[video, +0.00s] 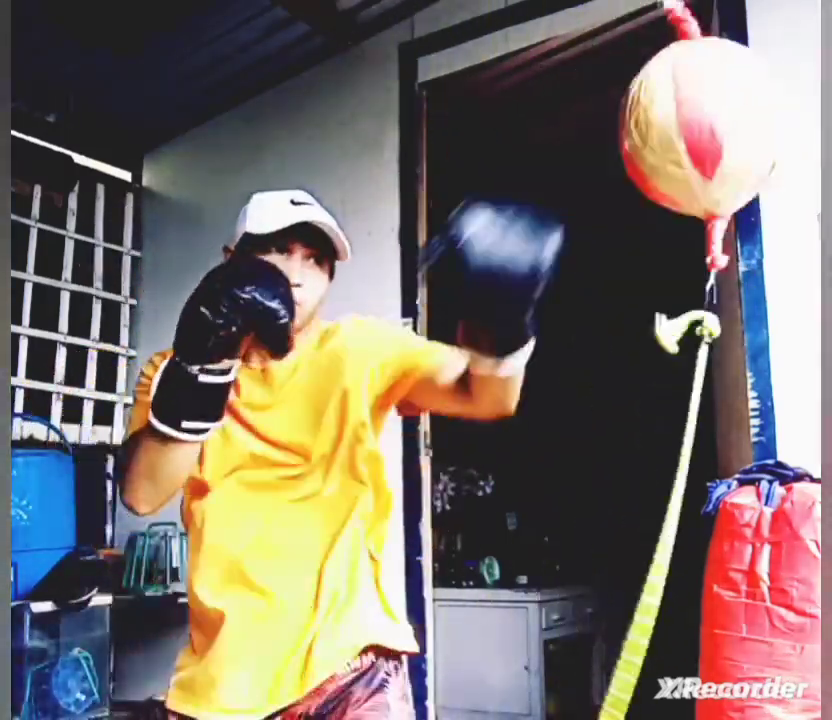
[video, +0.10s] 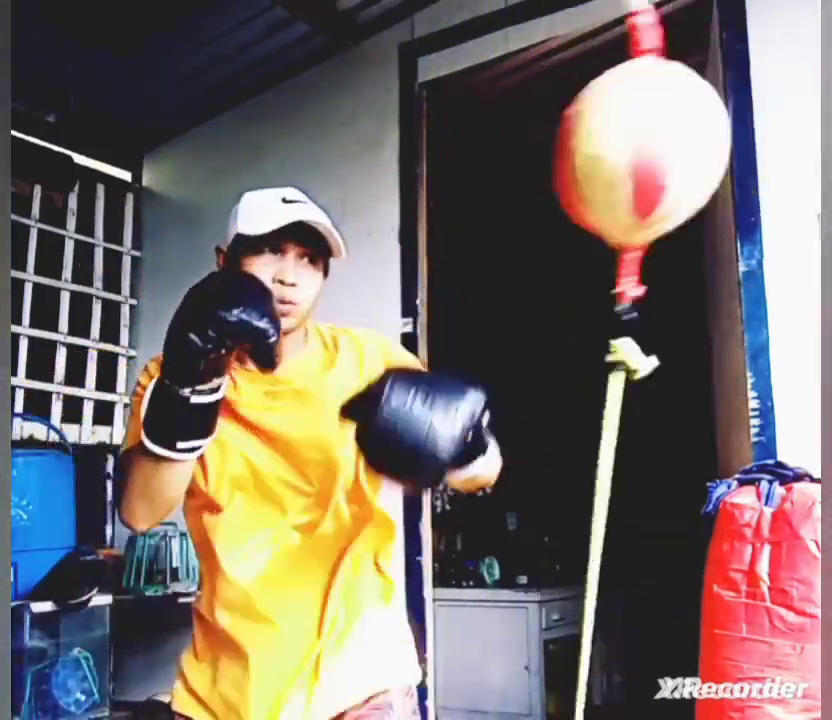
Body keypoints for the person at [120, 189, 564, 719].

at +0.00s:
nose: (295, 263)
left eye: (313, 253)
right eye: (276, 247)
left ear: (330, 277)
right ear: (235, 259)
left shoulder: (361, 347)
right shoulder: (183, 367)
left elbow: (489, 398)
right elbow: (143, 496)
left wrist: (501, 318)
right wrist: (200, 372)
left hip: (353, 673)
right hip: (221, 685)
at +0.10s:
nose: (288, 276)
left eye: (307, 259)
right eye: (269, 252)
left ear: (324, 274)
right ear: (229, 262)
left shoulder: (370, 358)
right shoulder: (182, 378)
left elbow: (484, 471)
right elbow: (142, 513)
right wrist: (190, 391)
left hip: (364, 683)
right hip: (230, 686)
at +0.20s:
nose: (247, 282)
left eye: (267, 265)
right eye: (229, 260)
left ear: (287, 280)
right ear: (191, 273)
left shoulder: (348, 371)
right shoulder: (156, 391)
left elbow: (419, 471)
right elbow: (133, 528)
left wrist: (394, 494)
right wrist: (169, 402)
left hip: (353, 694)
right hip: (216, 691)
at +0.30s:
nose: (200, 292)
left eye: (219, 276)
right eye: (181, 273)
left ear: (240, 289)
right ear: (150, 290)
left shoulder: (312, 377)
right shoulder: (115, 410)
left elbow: (379, 495)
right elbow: (116, 541)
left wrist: (346, 515)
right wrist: (150, 408)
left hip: (318, 693)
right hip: (187, 693)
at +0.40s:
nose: (189, 301)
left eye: (206, 283)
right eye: (169, 280)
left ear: (226, 295)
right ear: (132, 292)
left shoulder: (293, 385)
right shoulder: (88, 414)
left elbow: (354, 492)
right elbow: (97, 539)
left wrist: (332, 519)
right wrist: (141, 406)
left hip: (308, 695)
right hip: (169, 697)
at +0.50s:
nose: (191, 304)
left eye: (209, 288)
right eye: (170, 286)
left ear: (228, 298)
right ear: (131, 295)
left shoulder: (289, 395)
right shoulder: (82, 411)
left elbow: (337, 508)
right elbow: (95, 531)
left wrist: (342, 556)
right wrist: (151, 395)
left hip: (295, 699)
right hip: (156, 703)